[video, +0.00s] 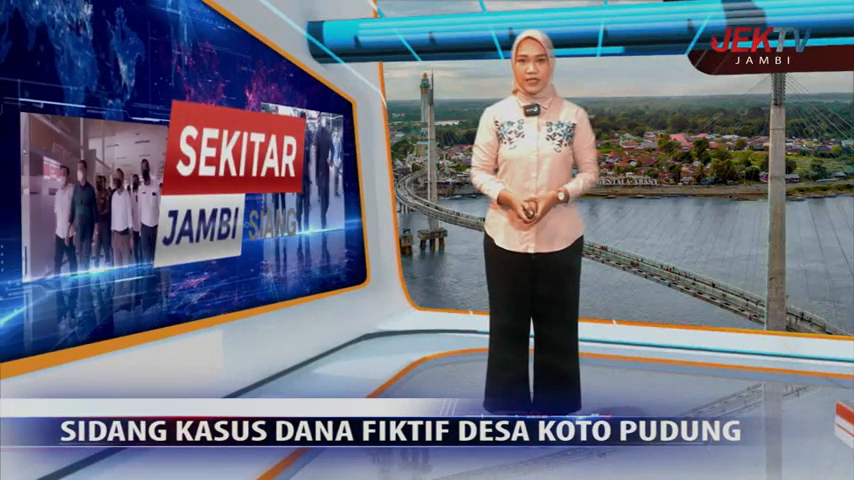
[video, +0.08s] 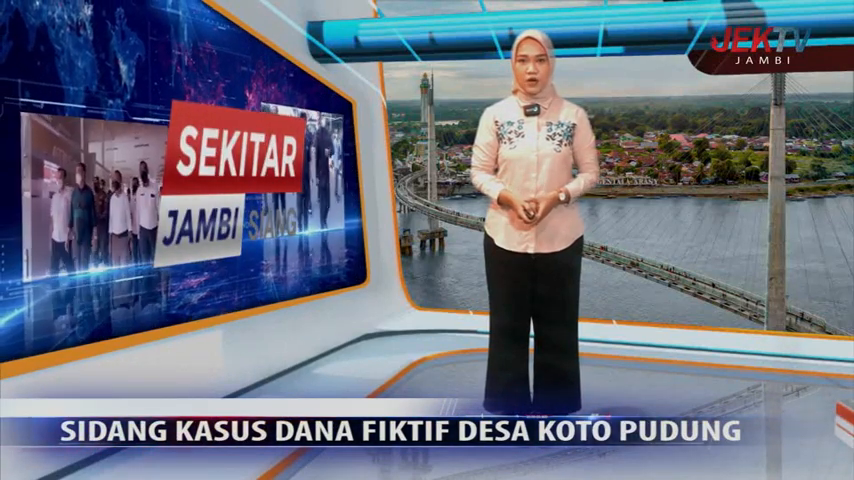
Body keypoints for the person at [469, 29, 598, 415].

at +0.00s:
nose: (531, 67)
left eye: (540, 60)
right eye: (523, 60)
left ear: (552, 65)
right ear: (513, 66)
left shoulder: (574, 116)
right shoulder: (494, 116)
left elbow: (589, 173)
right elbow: (480, 172)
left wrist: (555, 197)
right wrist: (508, 198)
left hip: (559, 243)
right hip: (506, 244)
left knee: (558, 337)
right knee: (508, 336)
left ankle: (558, 422)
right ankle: (506, 423)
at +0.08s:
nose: (532, 67)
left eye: (540, 60)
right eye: (523, 60)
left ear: (552, 65)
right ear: (513, 66)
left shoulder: (574, 116)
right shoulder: (494, 116)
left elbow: (590, 173)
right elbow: (480, 172)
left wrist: (556, 197)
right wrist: (509, 199)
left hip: (559, 243)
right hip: (506, 244)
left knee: (558, 337)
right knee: (508, 336)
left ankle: (558, 423)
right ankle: (506, 423)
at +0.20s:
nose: (531, 67)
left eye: (540, 60)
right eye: (523, 60)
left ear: (551, 65)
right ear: (513, 66)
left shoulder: (574, 116)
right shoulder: (494, 116)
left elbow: (590, 173)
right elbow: (480, 172)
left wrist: (557, 197)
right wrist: (509, 199)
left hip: (559, 242)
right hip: (507, 243)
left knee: (558, 337)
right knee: (508, 336)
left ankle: (558, 423)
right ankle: (506, 423)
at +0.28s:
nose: (531, 67)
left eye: (540, 60)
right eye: (523, 60)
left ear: (551, 65)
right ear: (513, 66)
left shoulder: (574, 116)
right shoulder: (494, 116)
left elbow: (590, 173)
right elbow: (479, 172)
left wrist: (557, 197)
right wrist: (509, 199)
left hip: (559, 243)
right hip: (506, 244)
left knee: (558, 337)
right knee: (508, 336)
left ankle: (557, 422)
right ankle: (506, 422)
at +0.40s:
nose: (532, 67)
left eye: (540, 60)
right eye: (523, 60)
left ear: (552, 65)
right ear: (513, 65)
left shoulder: (574, 116)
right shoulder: (494, 116)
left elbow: (589, 173)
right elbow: (479, 172)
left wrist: (556, 198)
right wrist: (509, 200)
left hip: (559, 243)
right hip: (506, 244)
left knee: (558, 337)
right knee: (508, 336)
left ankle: (558, 422)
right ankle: (506, 422)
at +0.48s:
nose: (532, 67)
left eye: (540, 60)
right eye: (523, 60)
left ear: (552, 65)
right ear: (513, 65)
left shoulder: (574, 116)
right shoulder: (494, 116)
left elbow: (588, 173)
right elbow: (479, 172)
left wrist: (554, 198)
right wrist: (509, 200)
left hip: (559, 242)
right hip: (506, 243)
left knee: (558, 337)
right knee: (508, 335)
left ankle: (557, 421)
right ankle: (507, 421)